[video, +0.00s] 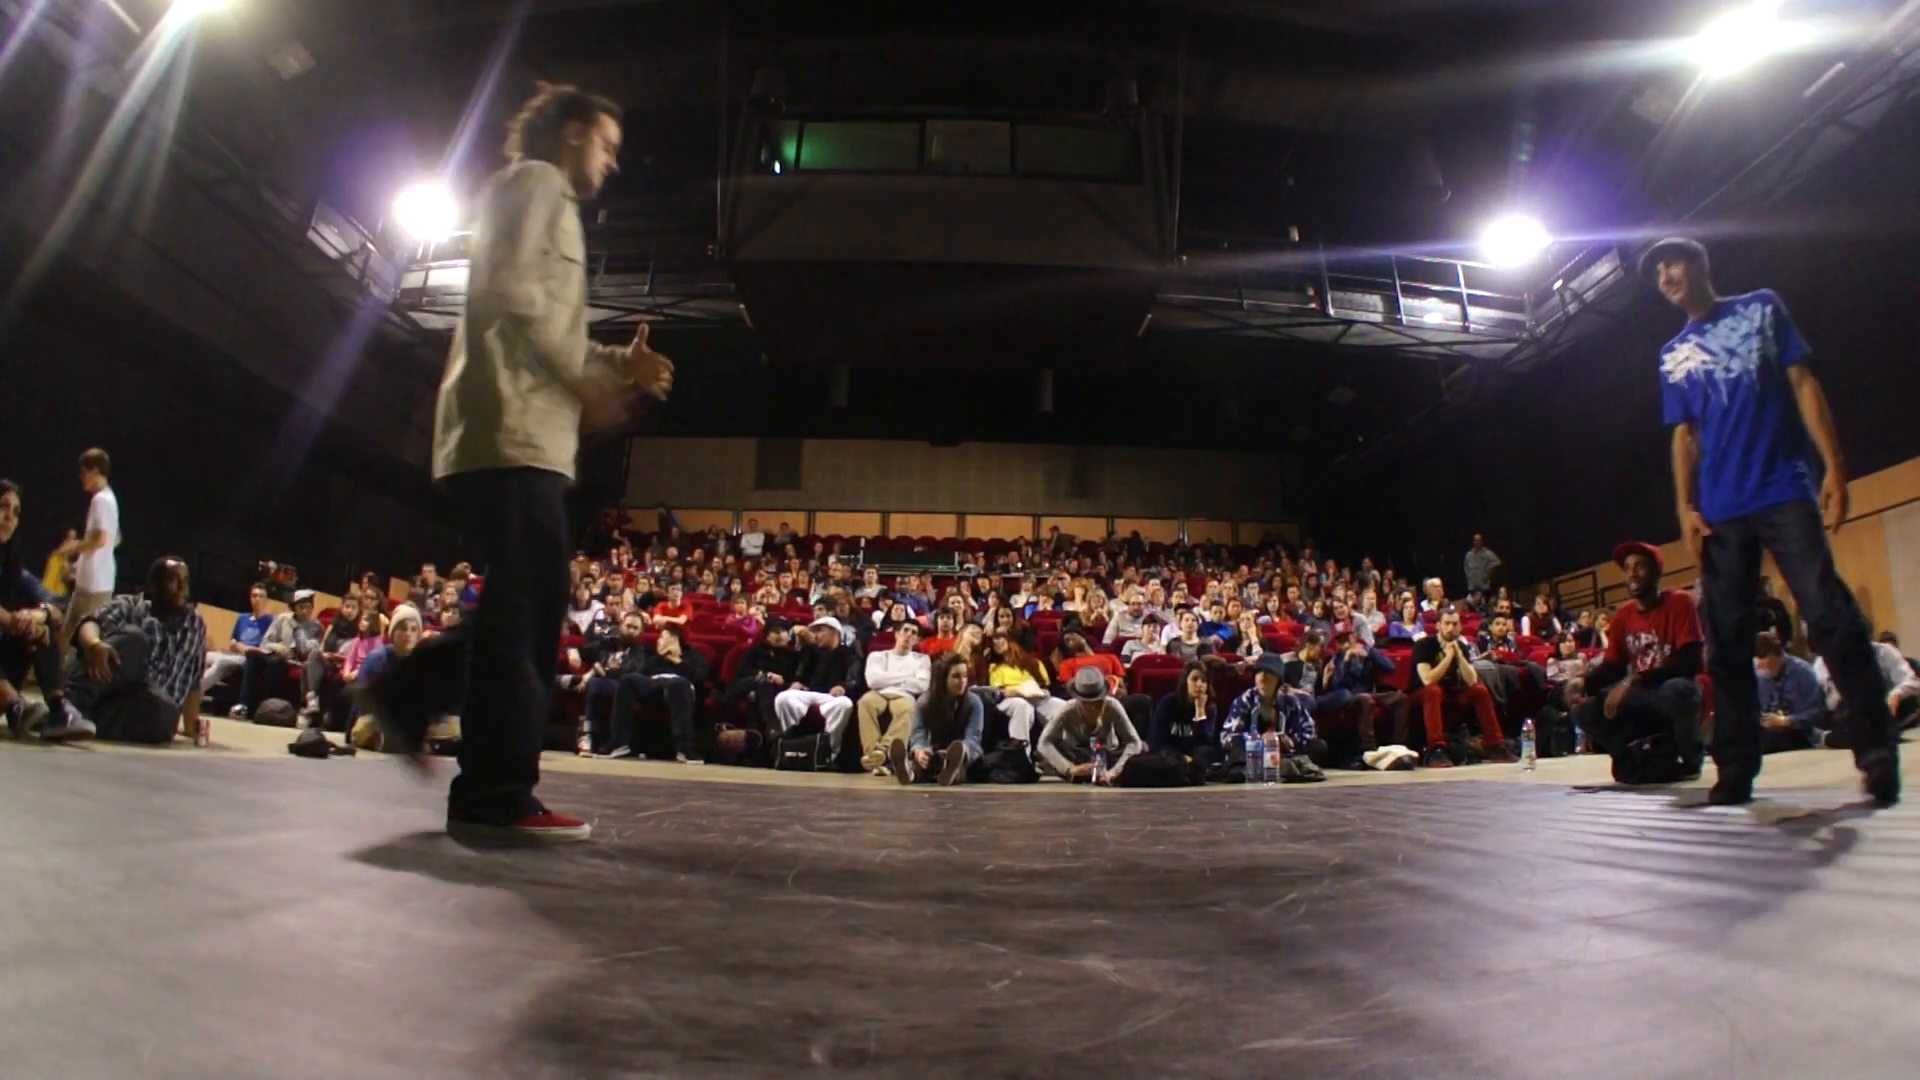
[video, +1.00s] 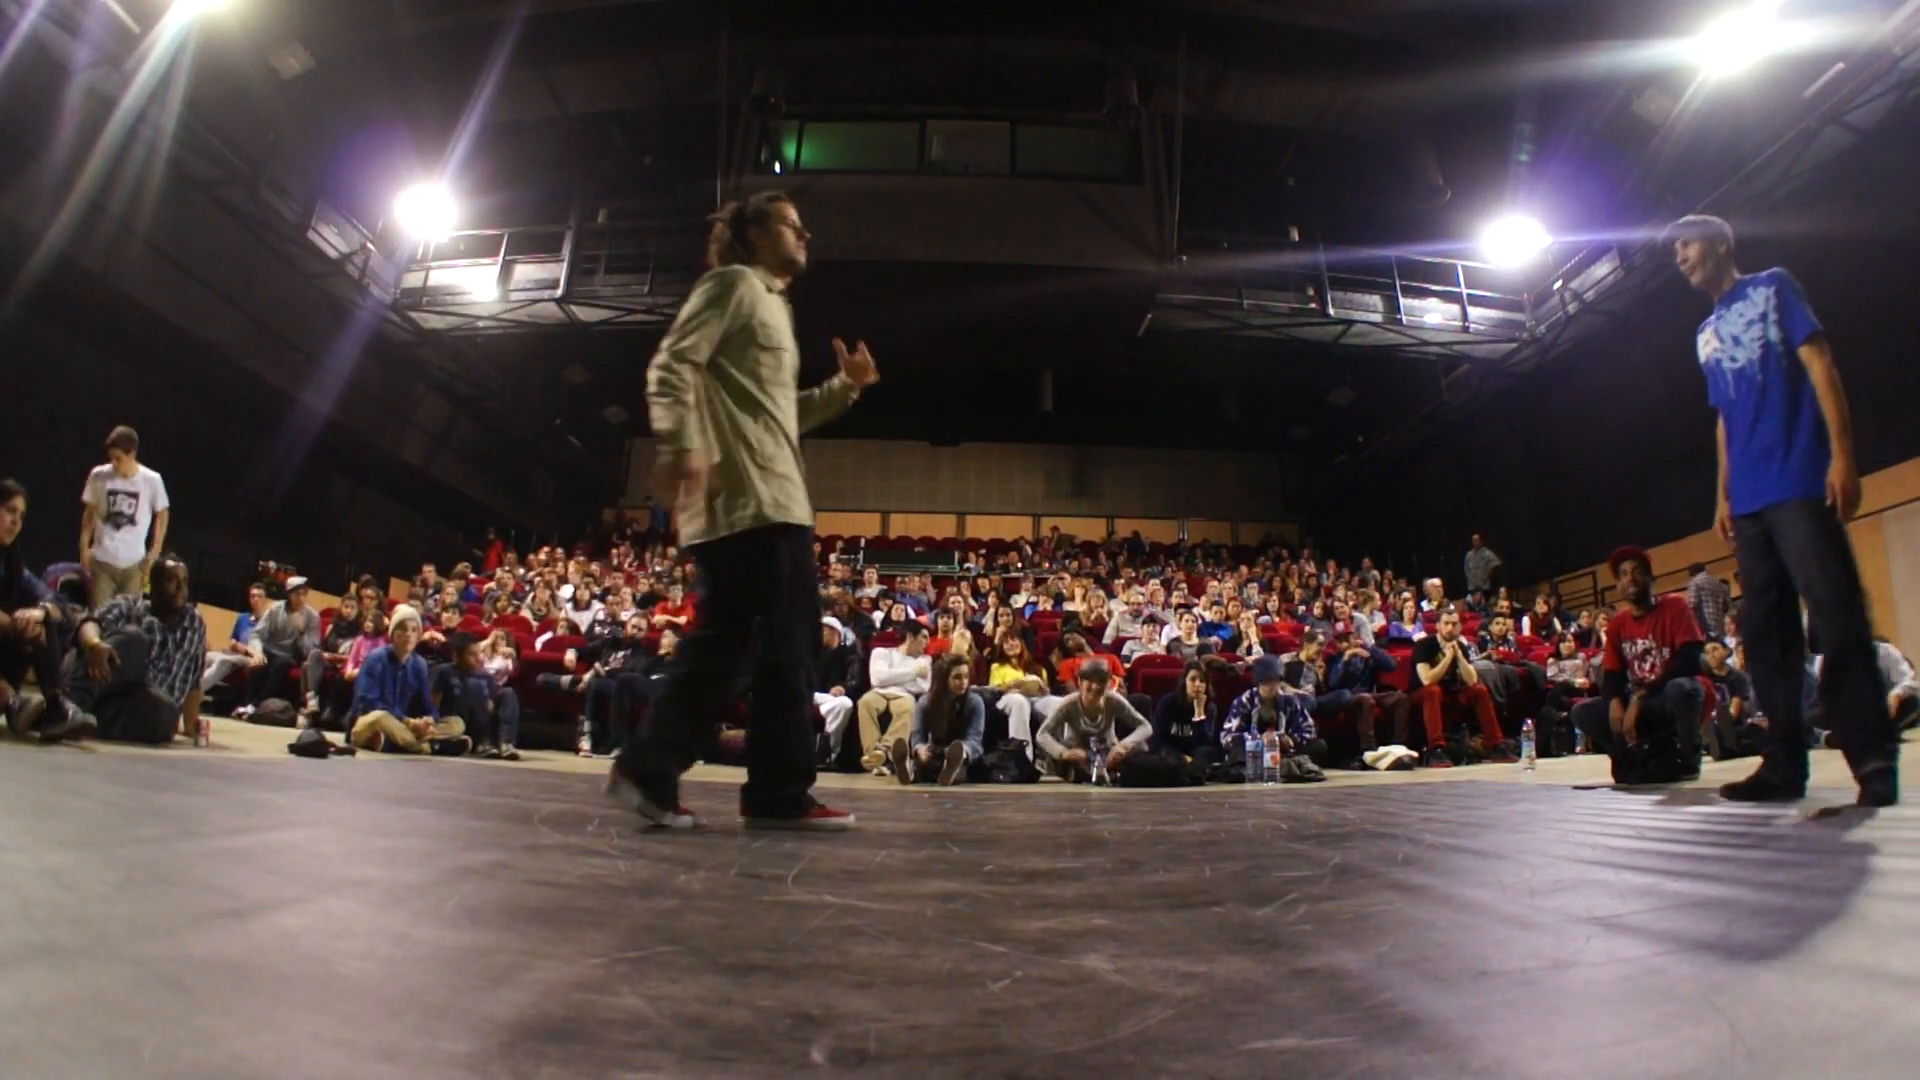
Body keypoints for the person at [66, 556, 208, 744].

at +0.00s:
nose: (178, 589)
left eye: (183, 583)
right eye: (171, 581)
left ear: (187, 587)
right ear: (156, 583)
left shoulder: (194, 624)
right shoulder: (130, 605)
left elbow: (194, 682)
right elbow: (89, 624)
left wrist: (191, 730)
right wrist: (93, 644)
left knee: (161, 720)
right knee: (133, 638)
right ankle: (71, 707)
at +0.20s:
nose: (179, 588)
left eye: (184, 582)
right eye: (172, 581)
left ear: (188, 587)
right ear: (155, 584)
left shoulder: (194, 624)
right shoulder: (130, 607)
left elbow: (194, 683)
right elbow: (89, 624)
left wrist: (192, 729)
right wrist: (93, 644)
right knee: (134, 639)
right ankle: (73, 707)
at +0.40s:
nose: (180, 587)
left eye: (185, 581)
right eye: (172, 580)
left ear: (188, 586)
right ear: (156, 583)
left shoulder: (194, 624)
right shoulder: (131, 606)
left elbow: (194, 683)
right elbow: (90, 623)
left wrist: (191, 729)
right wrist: (94, 644)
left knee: (160, 719)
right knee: (133, 639)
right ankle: (72, 707)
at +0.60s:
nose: (181, 587)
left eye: (185, 581)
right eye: (172, 580)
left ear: (188, 586)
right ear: (155, 584)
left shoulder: (194, 624)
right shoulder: (131, 606)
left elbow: (194, 682)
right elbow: (90, 623)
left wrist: (191, 729)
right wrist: (93, 644)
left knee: (162, 717)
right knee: (134, 639)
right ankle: (73, 707)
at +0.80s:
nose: (180, 588)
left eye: (184, 582)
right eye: (172, 580)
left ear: (187, 587)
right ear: (155, 584)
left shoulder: (194, 624)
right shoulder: (128, 605)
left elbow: (193, 683)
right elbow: (89, 623)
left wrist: (191, 729)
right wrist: (93, 644)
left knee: (161, 720)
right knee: (134, 639)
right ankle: (71, 706)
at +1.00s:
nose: (179, 589)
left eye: (184, 583)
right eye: (171, 582)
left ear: (188, 587)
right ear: (154, 585)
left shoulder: (194, 624)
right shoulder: (130, 606)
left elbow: (194, 682)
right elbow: (89, 623)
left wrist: (191, 729)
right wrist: (93, 644)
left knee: (161, 717)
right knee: (134, 639)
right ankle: (71, 704)